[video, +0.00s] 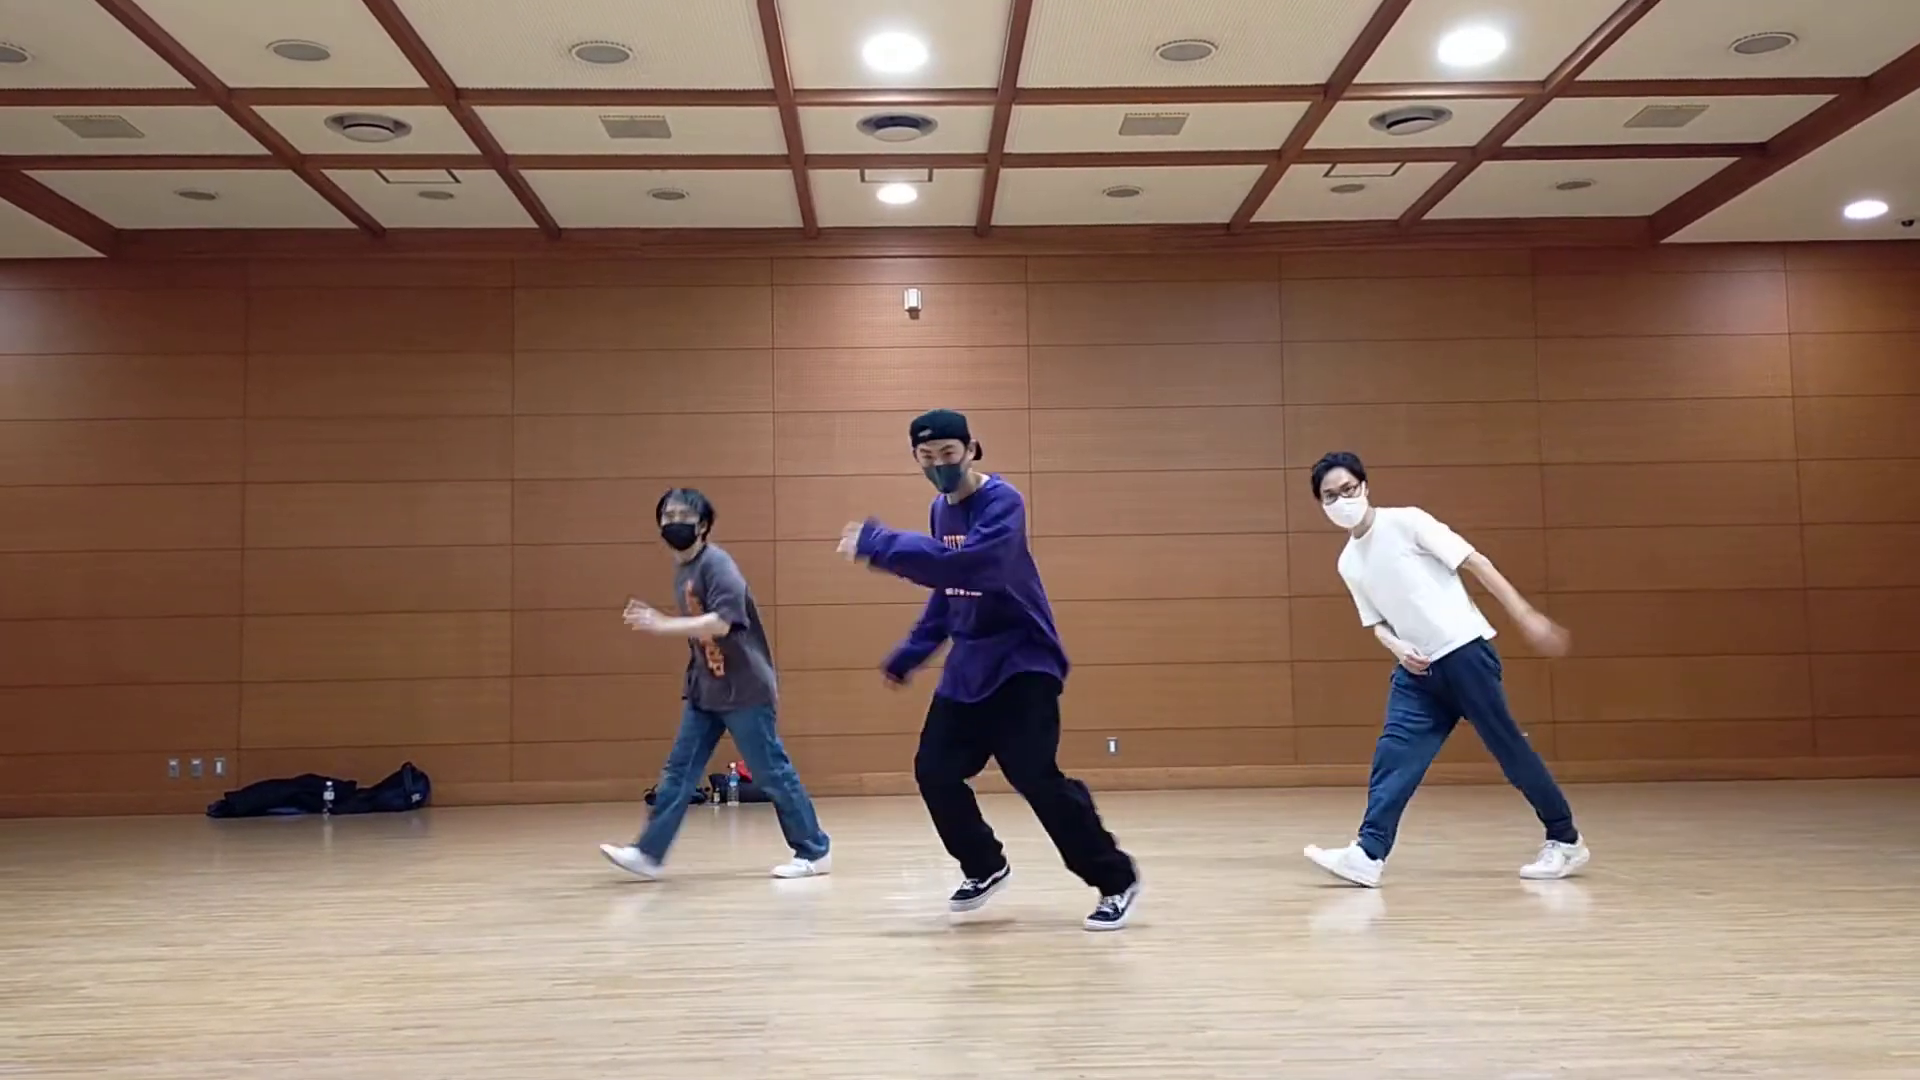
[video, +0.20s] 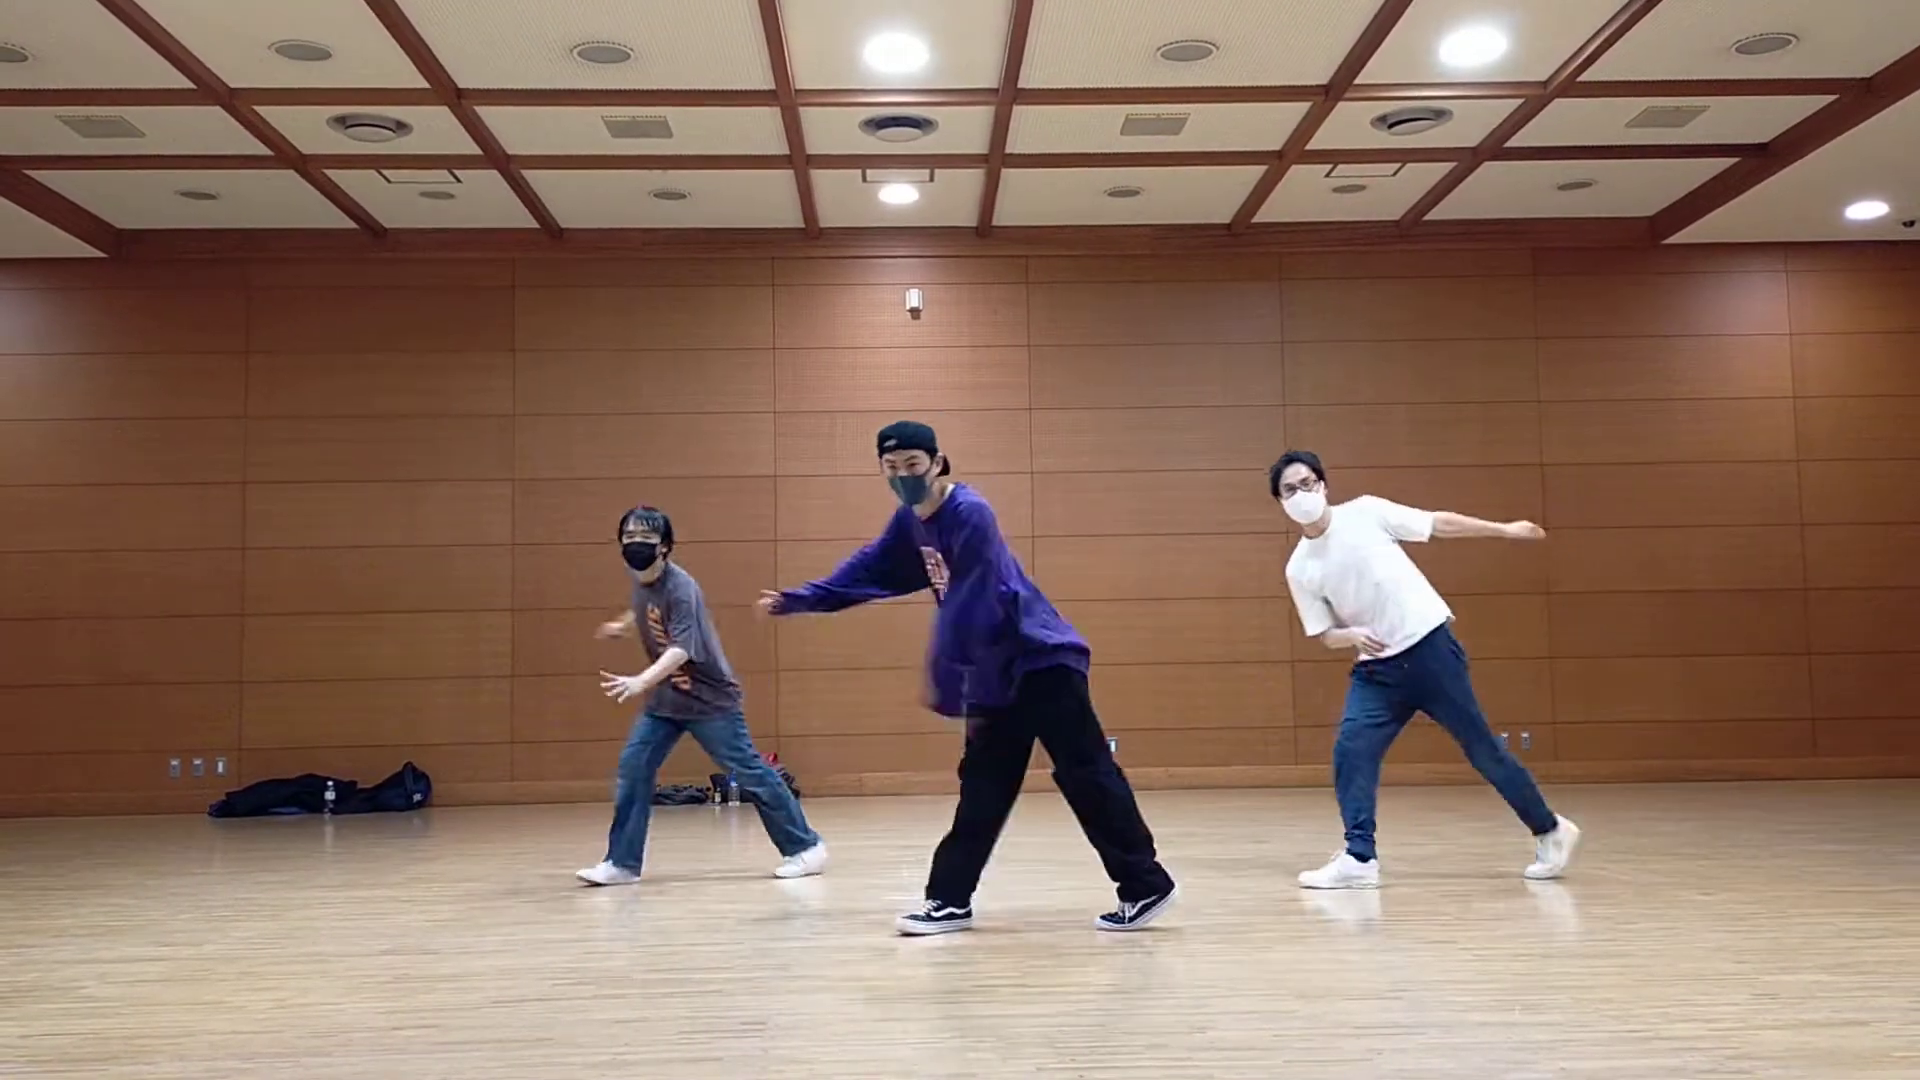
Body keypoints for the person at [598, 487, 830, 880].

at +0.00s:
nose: (673, 522)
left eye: (683, 515)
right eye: (667, 515)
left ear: (703, 523)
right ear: (660, 523)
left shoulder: (719, 565)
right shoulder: (683, 570)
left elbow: (723, 623)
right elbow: (700, 622)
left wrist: (662, 625)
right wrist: (658, 619)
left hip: (745, 687)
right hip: (707, 687)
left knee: (772, 772)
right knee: (680, 770)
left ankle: (814, 851)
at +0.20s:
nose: (636, 545)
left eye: (646, 538)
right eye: (629, 538)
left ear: (665, 544)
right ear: (622, 543)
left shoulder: (681, 589)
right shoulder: (642, 583)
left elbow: (683, 648)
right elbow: (644, 613)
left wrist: (641, 680)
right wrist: (623, 626)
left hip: (711, 698)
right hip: (668, 696)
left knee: (749, 770)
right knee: (634, 766)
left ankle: (806, 848)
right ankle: (623, 863)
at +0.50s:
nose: (600, 508)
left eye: (609, 501)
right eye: (593, 501)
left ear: (625, 511)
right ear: (582, 510)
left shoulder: (647, 556)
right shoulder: (563, 553)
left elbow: (657, 612)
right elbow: (544, 606)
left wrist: (621, 620)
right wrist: (527, 647)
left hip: (627, 688)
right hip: (578, 686)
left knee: (607, 775)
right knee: (582, 771)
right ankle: (612, 855)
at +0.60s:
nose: (589, 521)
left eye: (597, 515)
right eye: (581, 515)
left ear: (612, 522)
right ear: (569, 521)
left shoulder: (631, 569)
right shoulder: (549, 567)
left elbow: (644, 621)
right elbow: (526, 618)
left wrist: (624, 658)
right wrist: (528, 660)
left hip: (601, 689)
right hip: (555, 684)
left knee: (577, 779)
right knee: (551, 764)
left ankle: (532, 850)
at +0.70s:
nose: (578, 519)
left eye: (586, 513)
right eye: (570, 512)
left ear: (600, 522)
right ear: (558, 521)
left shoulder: (616, 574)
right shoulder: (538, 567)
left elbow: (624, 635)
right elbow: (516, 622)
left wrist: (628, 686)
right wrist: (551, 649)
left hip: (587, 702)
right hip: (542, 698)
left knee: (564, 790)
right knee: (530, 776)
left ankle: (530, 857)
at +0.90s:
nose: (580, 503)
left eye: (587, 496)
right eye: (570, 497)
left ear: (598, 504)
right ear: (555, 505)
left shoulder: (591, 549)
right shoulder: (540, 547)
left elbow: (578, 600)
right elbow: (532, 603)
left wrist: (599, 631)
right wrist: (588, 602)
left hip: (570, 680)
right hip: (528, 682)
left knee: (584, 761)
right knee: (504, 770)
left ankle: (552, 848)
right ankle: (462, 861)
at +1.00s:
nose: (587, 522)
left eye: (594, 515)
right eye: (577, 515)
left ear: (605, 523)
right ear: (561, 523)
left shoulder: (581, 565)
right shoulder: (550, 569)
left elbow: (559, 606)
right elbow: (550, 631)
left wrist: (582, 613)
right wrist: (610, 634)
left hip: (558, 688)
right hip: (521, 692)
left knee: (587, 764)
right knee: (495, 777)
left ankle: (606, 858)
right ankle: (443, 867)